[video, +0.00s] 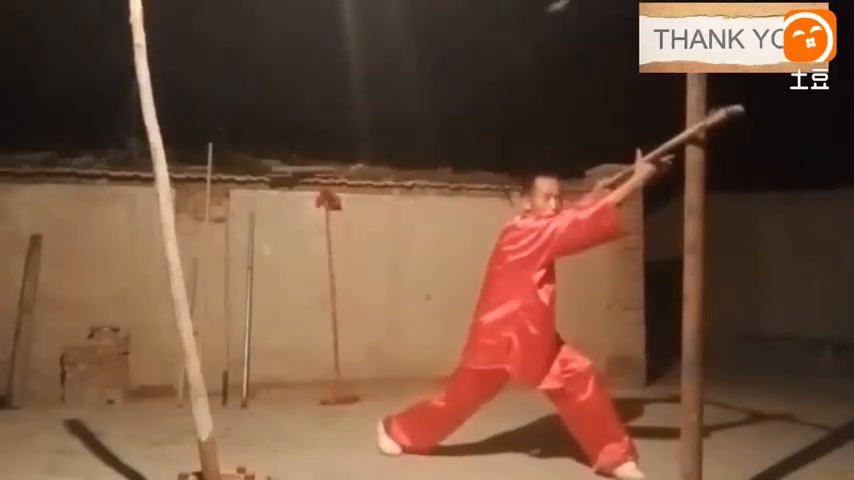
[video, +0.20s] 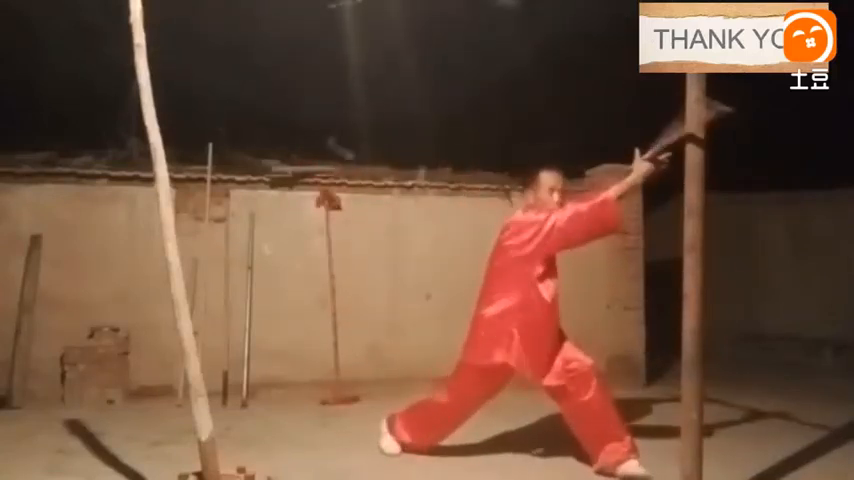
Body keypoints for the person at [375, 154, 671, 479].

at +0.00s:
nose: (554, 204)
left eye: (557, 196)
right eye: (547, 196)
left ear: (559, 196)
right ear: (526, 197)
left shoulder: (537, 228)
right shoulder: (523, 232)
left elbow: (583, 209)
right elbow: (584, 219)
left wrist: (626, 179)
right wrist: (637, 180)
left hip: (527, 334)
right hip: (500, 336)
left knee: (579, 378)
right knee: (460, 399)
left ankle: (614, 457)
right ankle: (397, 431)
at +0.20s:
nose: (559, 200)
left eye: (561, 192)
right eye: (551, 192)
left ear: (562, 192)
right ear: (530, 193)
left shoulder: (538, 224)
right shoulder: (523, 226)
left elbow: (584, 210)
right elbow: (579, 215)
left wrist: (630, 179)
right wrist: (632, 180)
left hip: (531, 328)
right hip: (502, 329)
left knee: (580, 377)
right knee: (463, 395)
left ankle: (615, 455)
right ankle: (400, 429)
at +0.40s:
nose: (564, 183)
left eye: (570, 176)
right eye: (557, 173)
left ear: (575, 179)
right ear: (538, 174)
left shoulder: (559, 217)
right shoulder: (525, 204)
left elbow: (582, 258)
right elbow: (570, 221)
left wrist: (619, 276)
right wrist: (616, 215)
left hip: (541, 327)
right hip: (493, 322)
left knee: (585, 373)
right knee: (451, 380)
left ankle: (611, 458)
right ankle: (404, 429)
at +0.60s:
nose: (547, 200)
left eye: (553, 195)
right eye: (541, 192)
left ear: (559, 202)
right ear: (528, 196)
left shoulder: (558, 247)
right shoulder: (507, 234)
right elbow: (498, 203)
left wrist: (570, 346)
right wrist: (529, 192)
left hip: (544, 346)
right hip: (493, 343)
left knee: (596, 383)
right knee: (441, 392)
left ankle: (623, 462)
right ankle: (416, 451)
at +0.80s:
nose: (496, 206)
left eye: (505, 198)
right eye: (491, 198)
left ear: (519, 204)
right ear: (479, 207)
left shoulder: (524, 244)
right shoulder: (473, 245)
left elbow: (523, 222)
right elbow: (466, 197)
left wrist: (506, 177)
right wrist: (503, 166)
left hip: (523, 352)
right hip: (470, 350)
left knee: (579, 395)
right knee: (419, 387)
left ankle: (627, 465)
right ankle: (414, 455)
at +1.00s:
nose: (490, 205)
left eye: (498, 196)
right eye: (484, 198)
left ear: (511, 199)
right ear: (472, 205)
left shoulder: (516, 238)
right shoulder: (463, 247)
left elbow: (522, 274)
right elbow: (448, 205)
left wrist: (506, 212)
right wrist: (483, 176)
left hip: (520, 351)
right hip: (464, 350)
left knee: (576, 395)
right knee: (412, 384)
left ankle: (624, 465)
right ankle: (410, 455)